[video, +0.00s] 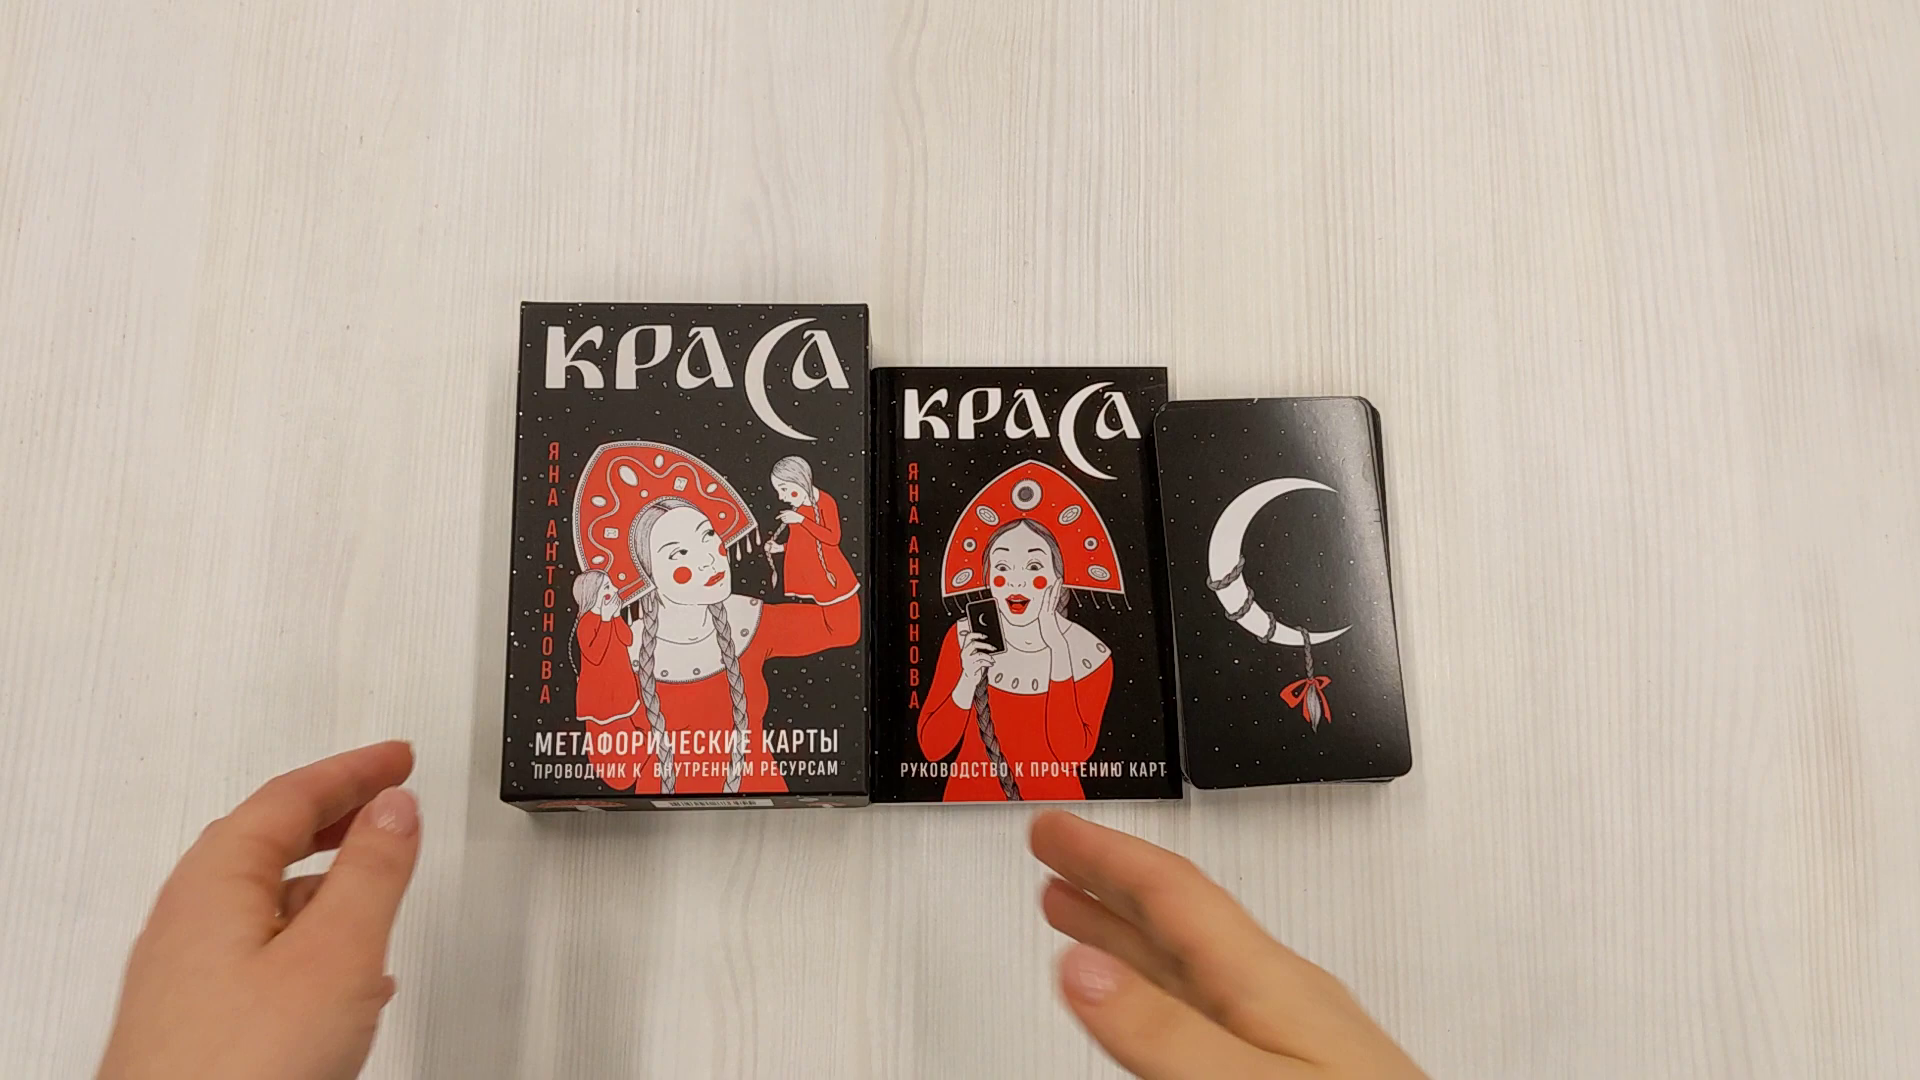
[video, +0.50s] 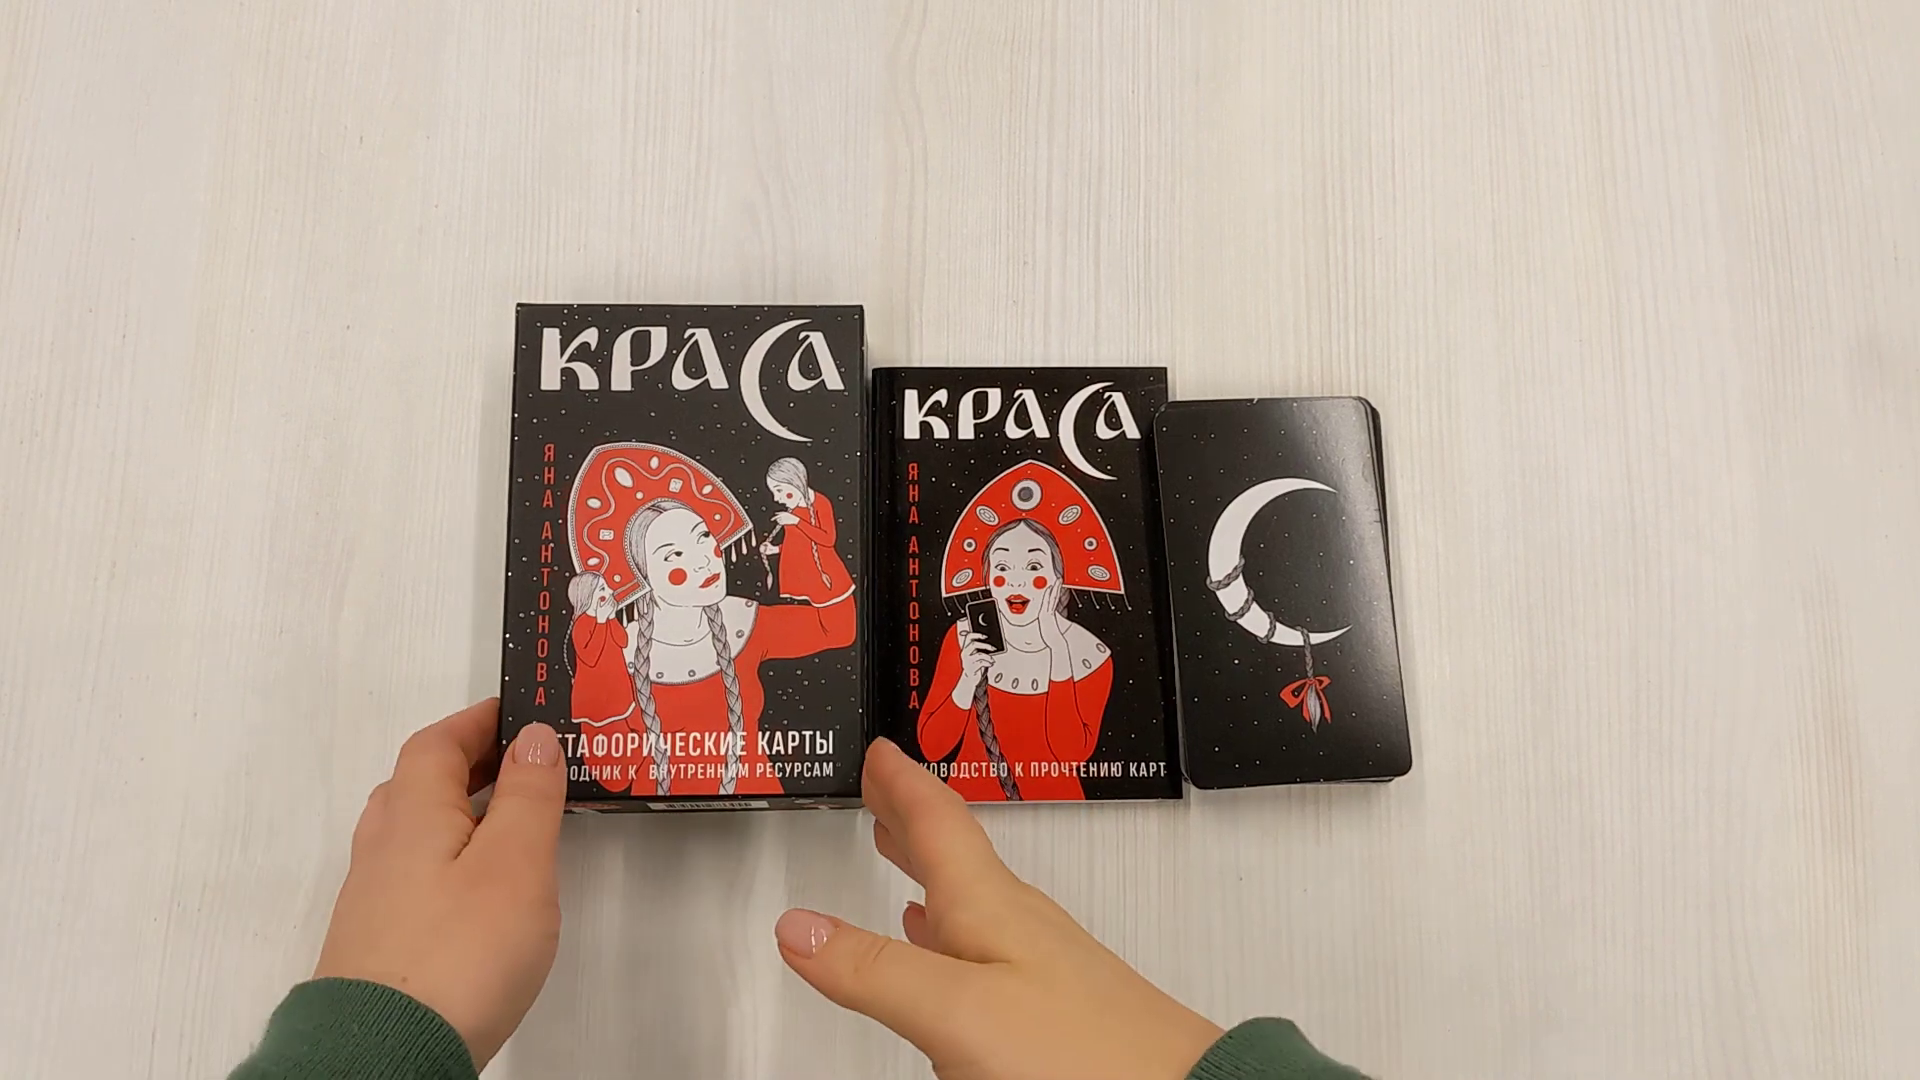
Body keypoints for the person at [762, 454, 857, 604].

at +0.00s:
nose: (781, 497)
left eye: (783, 489)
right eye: (778, 491)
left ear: (799, 481)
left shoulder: (825, 502)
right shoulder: (799, 506)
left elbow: (833, 538)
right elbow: (803, 541)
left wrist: (801, 519)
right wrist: (780, 548)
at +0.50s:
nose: (776, 498)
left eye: (779, 490)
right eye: (774, 493)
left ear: (794, 482)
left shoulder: (821, 503)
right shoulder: (793, 508)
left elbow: (829, 539)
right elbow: (798, 543)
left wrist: (797, 521)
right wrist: (776, 549)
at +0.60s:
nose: (774, 499)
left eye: (776, 491)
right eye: (771, 493)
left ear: (792, 483)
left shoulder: (819, 503)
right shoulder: (791, 508)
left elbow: (827, 539)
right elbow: (796, 544)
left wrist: (795, 522)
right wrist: (774, 550)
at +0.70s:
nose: (773, 493)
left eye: (775, 484)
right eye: (770, 487)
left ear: (791, 476)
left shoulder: (818, 497)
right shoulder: (790, 502)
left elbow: (826, 532)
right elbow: (795, 537)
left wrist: (794, 515)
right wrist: (773, 543)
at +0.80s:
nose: (770, 469)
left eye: (772, 461)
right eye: (767, 464)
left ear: (788, 453)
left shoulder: (815, 472)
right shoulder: (786, 479)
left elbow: (824, 507)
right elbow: (793, 513)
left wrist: (792, 490)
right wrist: (771, 519)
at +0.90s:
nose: (764, 444)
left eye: (766, 436)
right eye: (761, 439)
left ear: (782, 428)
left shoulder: (810, 446)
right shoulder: (781, 453)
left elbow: (819, 479)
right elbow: (788, 485)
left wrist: (786, 464)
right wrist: (766, 492)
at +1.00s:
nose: (756, 437)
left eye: (759, 430)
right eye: (754, 432)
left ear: (774, 422)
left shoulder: (802, 440)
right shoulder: (775, 447)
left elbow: (811, 472)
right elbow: (778, 479)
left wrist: (778, 457)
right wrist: (756, 484)